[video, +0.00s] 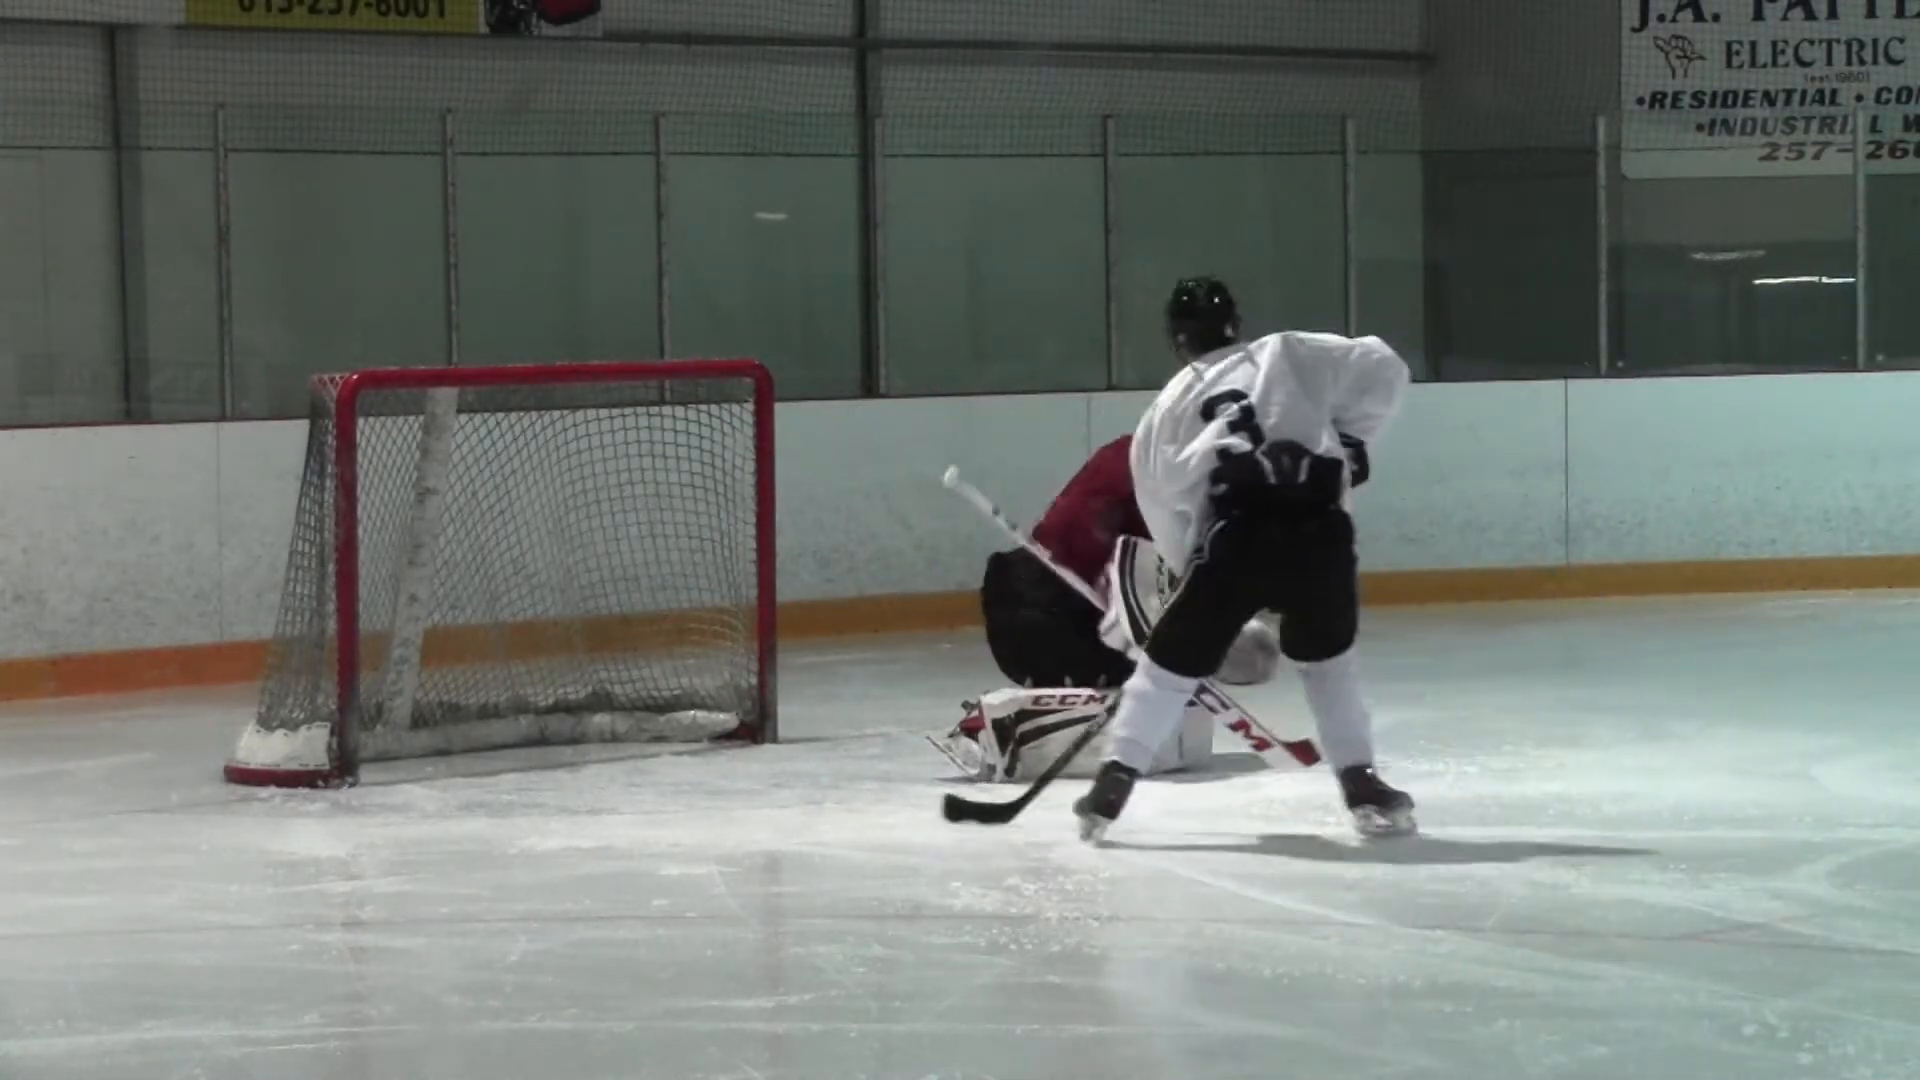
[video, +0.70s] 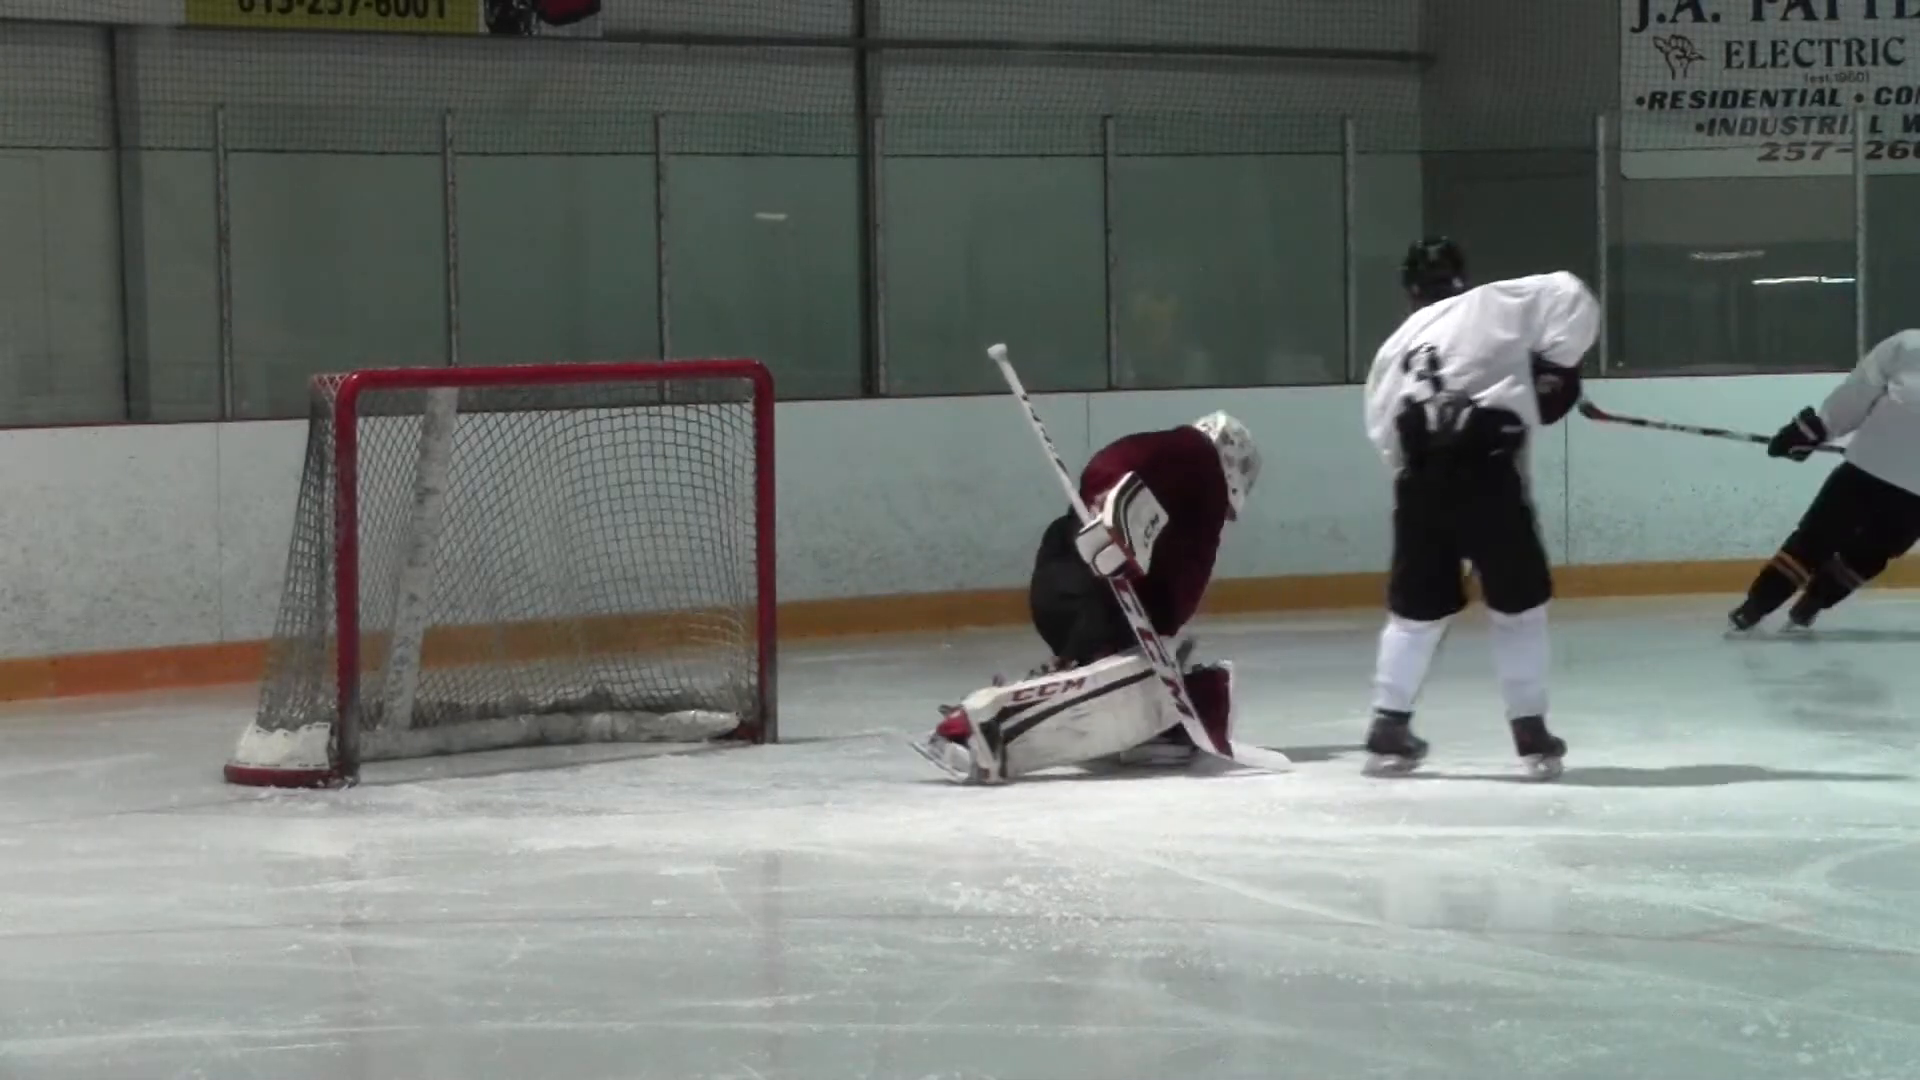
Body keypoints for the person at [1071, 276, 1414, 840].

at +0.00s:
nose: (1179, 345)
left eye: (1177, 338)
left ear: (1178, 341)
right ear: (1234, 325)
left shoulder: (1160, 418)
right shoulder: (1286, 350)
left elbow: (1171, 524)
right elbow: (1383, 364)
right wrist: (1353, 443)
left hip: (1235, 547)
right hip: (1321, 537)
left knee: (1168, 669)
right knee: (1329, 662)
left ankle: (1114, 782)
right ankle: (1362, 785)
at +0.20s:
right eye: (1257, 326)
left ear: (1200, 340)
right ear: (1257, 325)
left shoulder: (1178, 409)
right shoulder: (1285, 341)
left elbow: (1185, 491)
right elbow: (1356, 320)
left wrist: (1201, 557)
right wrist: (1358, 400)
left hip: (1217, 550)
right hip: (1299, 543)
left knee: (1154, 668)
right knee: (1340, 649)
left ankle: (1096, 770)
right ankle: (1364, 764)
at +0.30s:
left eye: (1241, 340)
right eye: (1289, 324)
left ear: (1237, 340)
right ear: (1290, 324)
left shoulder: (1220, 405)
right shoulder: (1316, 341)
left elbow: (1209, 487)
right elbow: (1376, 321)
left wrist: (1216, 546)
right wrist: (1381, 403)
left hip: (1237, 546)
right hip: (1310, 537)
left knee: (1189, 657)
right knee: (1369, 640)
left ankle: (1125, 761)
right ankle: (1392, 756)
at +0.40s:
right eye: (1336, 312)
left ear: (1283, 330)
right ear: (1335, 313)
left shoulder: (1266, 387)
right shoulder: (1358, 333)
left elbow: (1242, 479)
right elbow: (1419, 316)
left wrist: (1245, 550)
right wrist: (1423, 401)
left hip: (1276, 530)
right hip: (1345, 523)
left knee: (1244, 646)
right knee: (1407, 632)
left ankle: (1192, 747)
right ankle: (1421, 746)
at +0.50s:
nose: (1385, 305)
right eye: (1382, 299)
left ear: (1327, 315)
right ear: (1378, 299)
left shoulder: (1307, 375)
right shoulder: (1400, 323)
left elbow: (1296, 458)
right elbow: (1470, 309)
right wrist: (1467, 391)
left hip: (1325, 514)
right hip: (1391, 504)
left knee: (1308, 626)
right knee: (1443, 617)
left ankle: (1262, 739)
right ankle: (1458, 743)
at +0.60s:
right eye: (1413, 288)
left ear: (1369, 300)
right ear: (1419, 290)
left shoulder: (1350, 364)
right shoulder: (1446, 313)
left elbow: (1340, 449)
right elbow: (1521, 300)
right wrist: (1512, 379)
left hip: (1375, 501)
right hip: (1443, 491)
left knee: (1365, 616)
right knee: (1483, 610)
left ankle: (1327, 732)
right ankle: (1496, 737)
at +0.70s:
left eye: (1421, 286)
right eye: (1456, 278)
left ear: (1410, 289)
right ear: (1461, 279)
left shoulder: (1391, 350)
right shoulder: (1488, 303)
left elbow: (1382, 434)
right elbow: (1568, 292)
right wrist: (1558, 370)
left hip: (1421, 486)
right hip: (1489, 477)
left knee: (1415, 606)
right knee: (1518, 602)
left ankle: (1388, 726)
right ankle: (1530, 730)